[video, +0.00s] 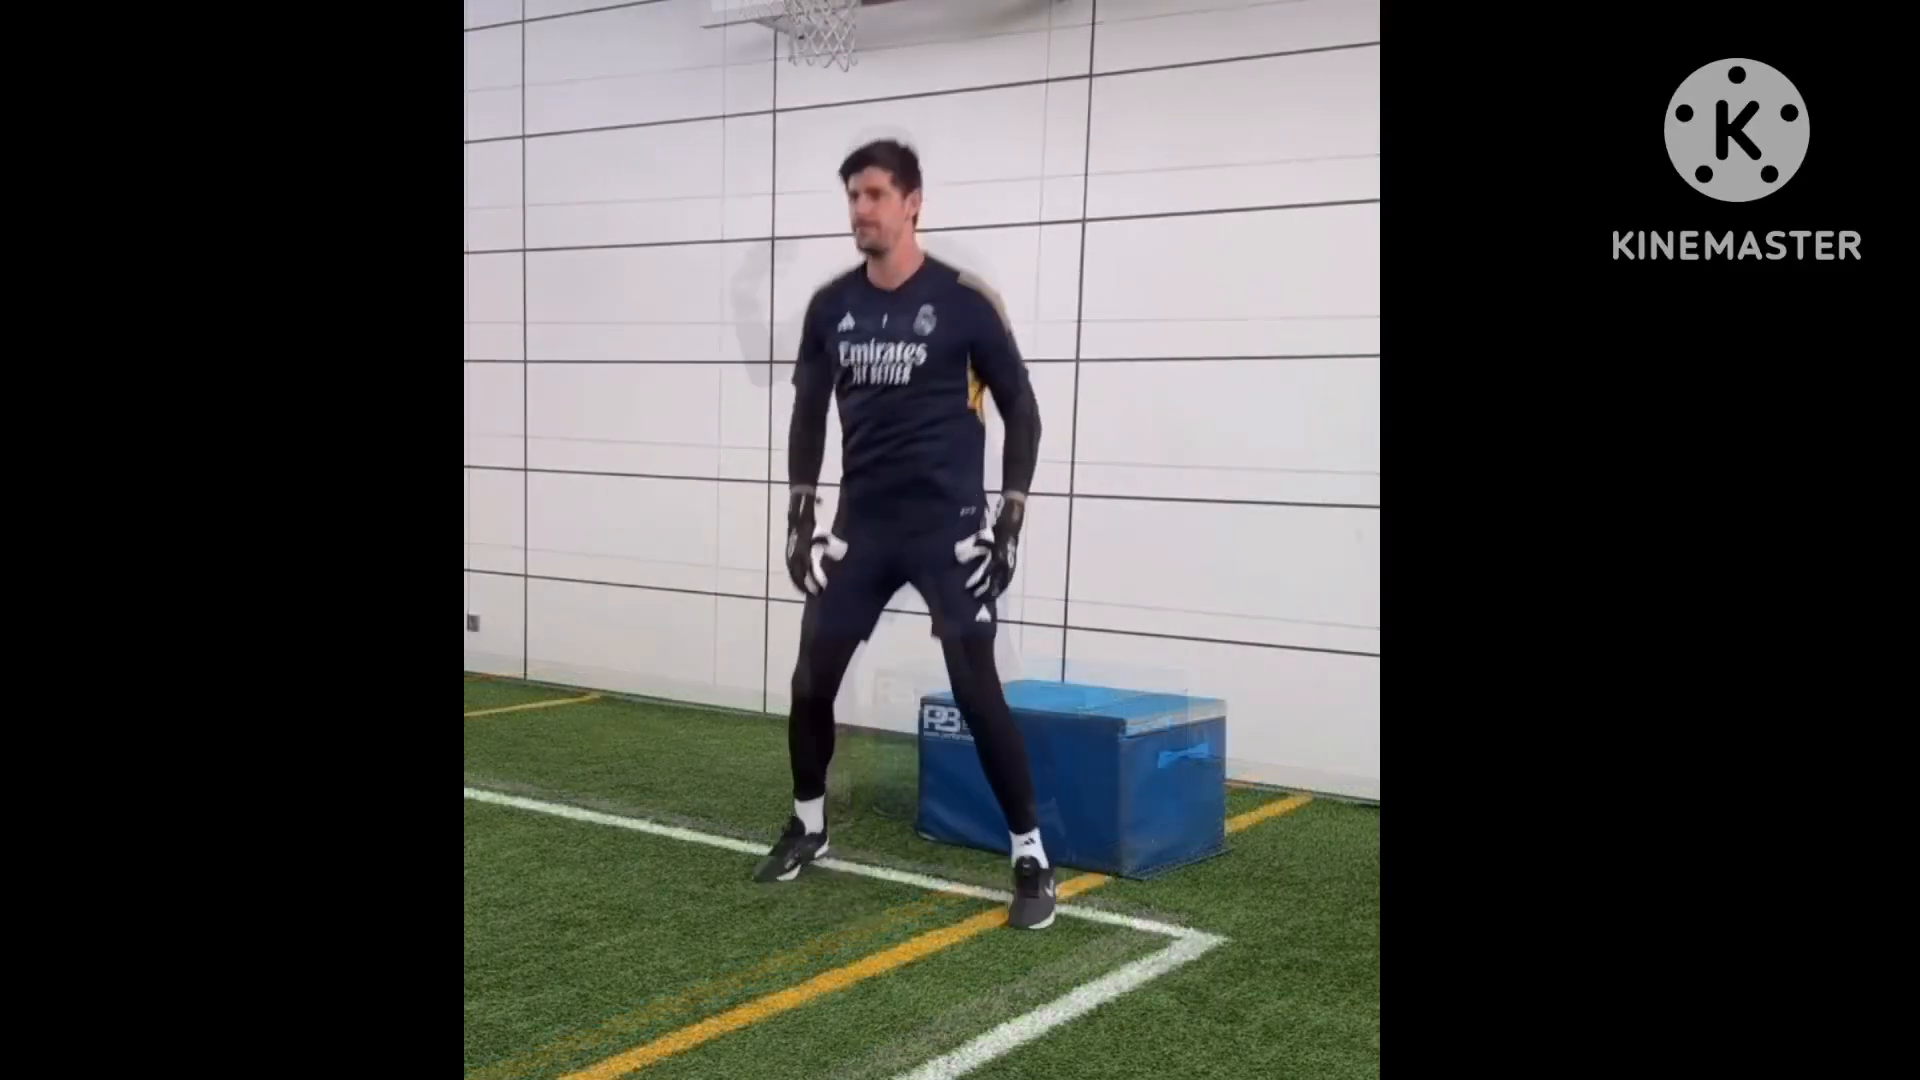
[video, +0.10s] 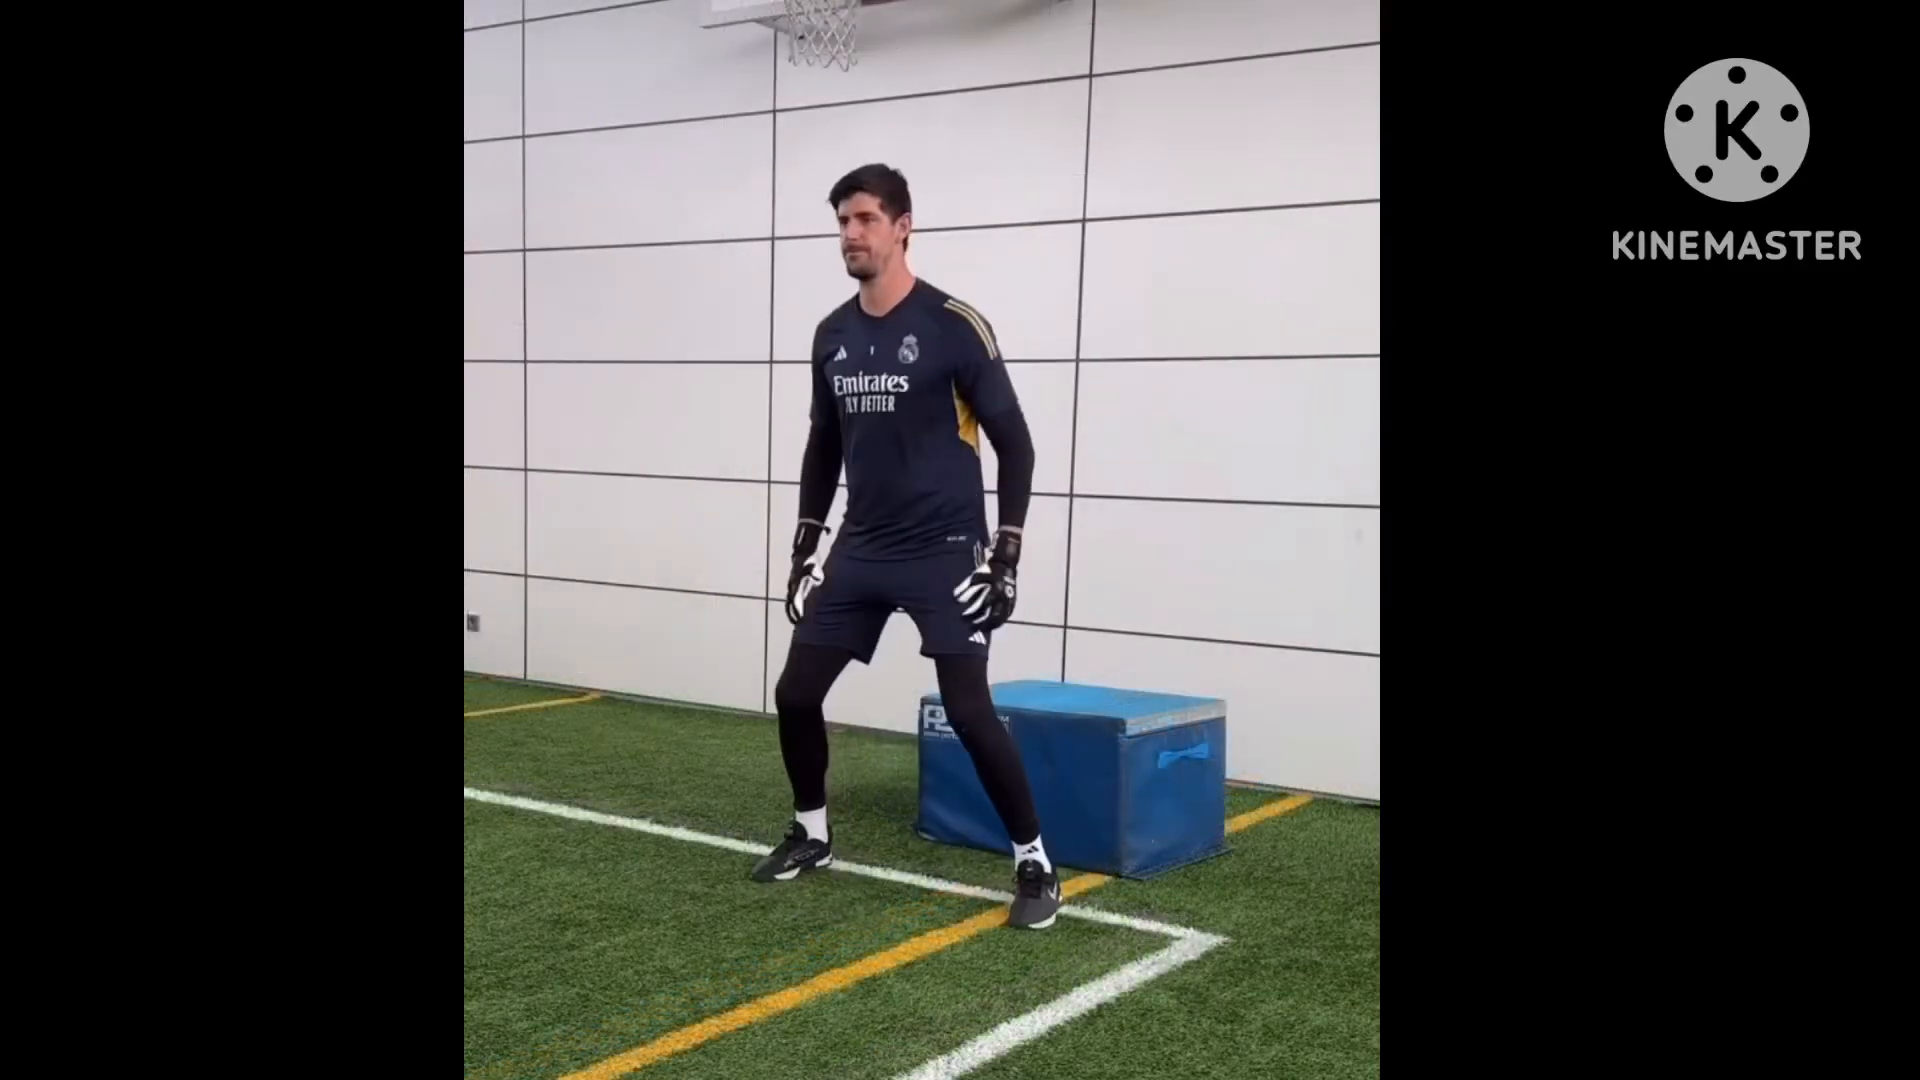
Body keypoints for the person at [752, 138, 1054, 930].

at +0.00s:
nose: (862, 209)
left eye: (876, 195)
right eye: (855, 197)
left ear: (913, 203)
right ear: (847, 209)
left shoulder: (964, 304)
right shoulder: (830, 307)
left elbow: (1021, 412)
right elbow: (808, 412)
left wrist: (1010, 520)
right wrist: (801, 514)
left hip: (950, 523)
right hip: (862, 524)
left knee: (976, 689)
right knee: (811, 683)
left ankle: (1029, 857)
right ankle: (808, 826)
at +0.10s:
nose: (849, 234)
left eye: (864, 220)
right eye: (843, 221)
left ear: (903, 227)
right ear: (840, 232)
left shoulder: (956, 326)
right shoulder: (833, 334)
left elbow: (1013, 442)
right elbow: (824, 444)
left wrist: (1005, 553)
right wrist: (805, 548)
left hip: (947, 549)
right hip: (861, 547)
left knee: (969, 709)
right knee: (796, 695)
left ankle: (1033, 862)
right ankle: (812, 835)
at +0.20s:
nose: (856, 230)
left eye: (869, 215)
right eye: (847, 218)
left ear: (906, 221)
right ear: (841, 229)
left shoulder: (956, 318)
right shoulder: (839, 325)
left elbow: (1022, 432)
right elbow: (820, 420)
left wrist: (967, 506)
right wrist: (791, 496)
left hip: (941, 544)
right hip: (859, 541)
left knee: (971, 707)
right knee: (795, 692)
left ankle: (1033, 863)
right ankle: (811, 834)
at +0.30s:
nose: (865, 226)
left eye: (878, 211)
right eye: (856, 214)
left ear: (916, 214)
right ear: (852, 223)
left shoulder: (959, 299)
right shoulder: (846, 311)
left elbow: (998, 397)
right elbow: (790, 401)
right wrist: (765, 391)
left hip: (941, 542)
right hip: (857, 540)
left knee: (977, 706)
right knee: (802, 691)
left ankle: (1033, 860)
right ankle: (811, 834)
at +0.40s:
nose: (875, 228)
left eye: (887, 214)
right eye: (866, 217)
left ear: (925, 216)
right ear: (859, 226)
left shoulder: (966, 289)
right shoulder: (848, 303)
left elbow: (956, 323)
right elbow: (756, 342)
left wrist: (877, 269)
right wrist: (745, 257)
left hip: (945, 533)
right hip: (862, 535)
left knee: (983, 706)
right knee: (805, 692)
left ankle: (1034, 862)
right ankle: (811, 835)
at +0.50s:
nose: (875, 217)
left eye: (886, 202)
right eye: (866, 207)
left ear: (923, 206)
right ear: (865, 218)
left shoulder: (964, 282)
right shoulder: (853, 295)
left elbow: (903, 275)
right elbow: (758, 298)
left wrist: (847, 182)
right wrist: (767, 196)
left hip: (946, 518)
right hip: (867, 522)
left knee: (981, 697)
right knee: (811, 688)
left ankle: (1036, 863)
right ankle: (810, 834)